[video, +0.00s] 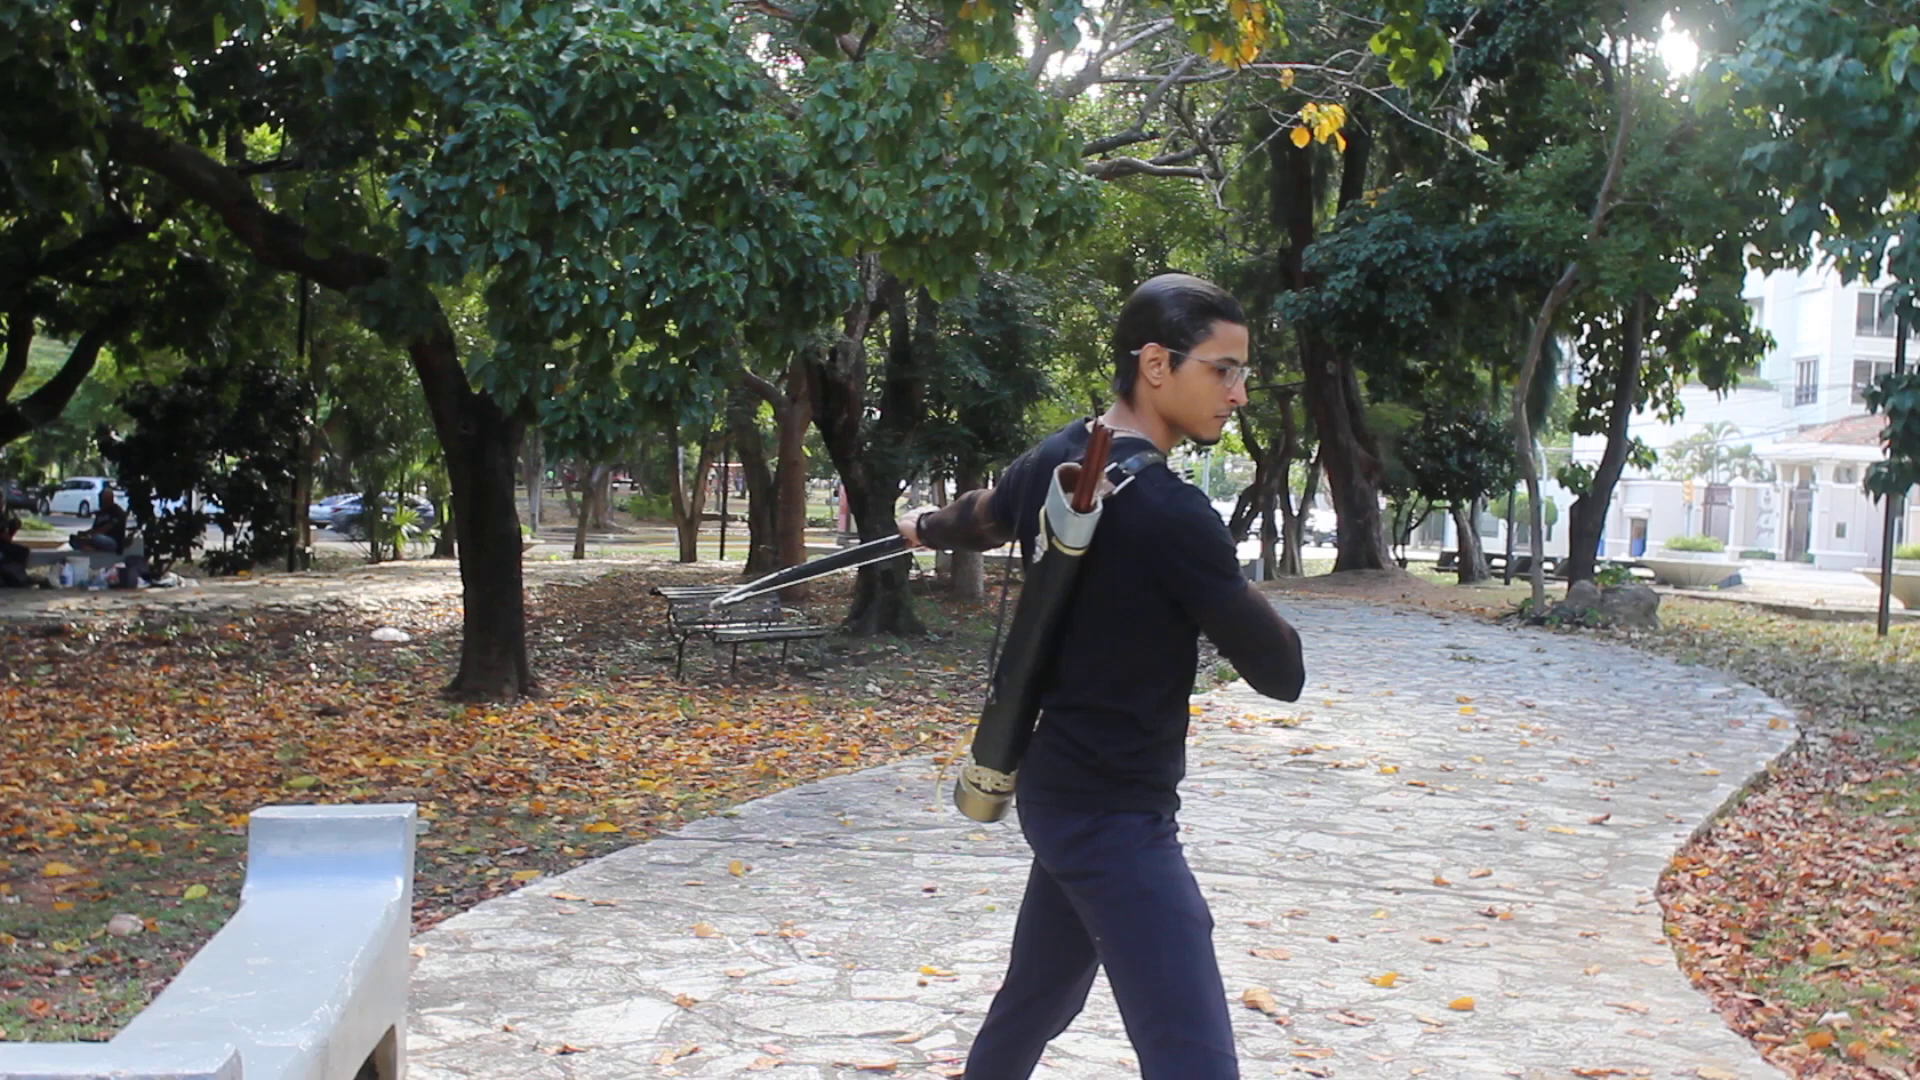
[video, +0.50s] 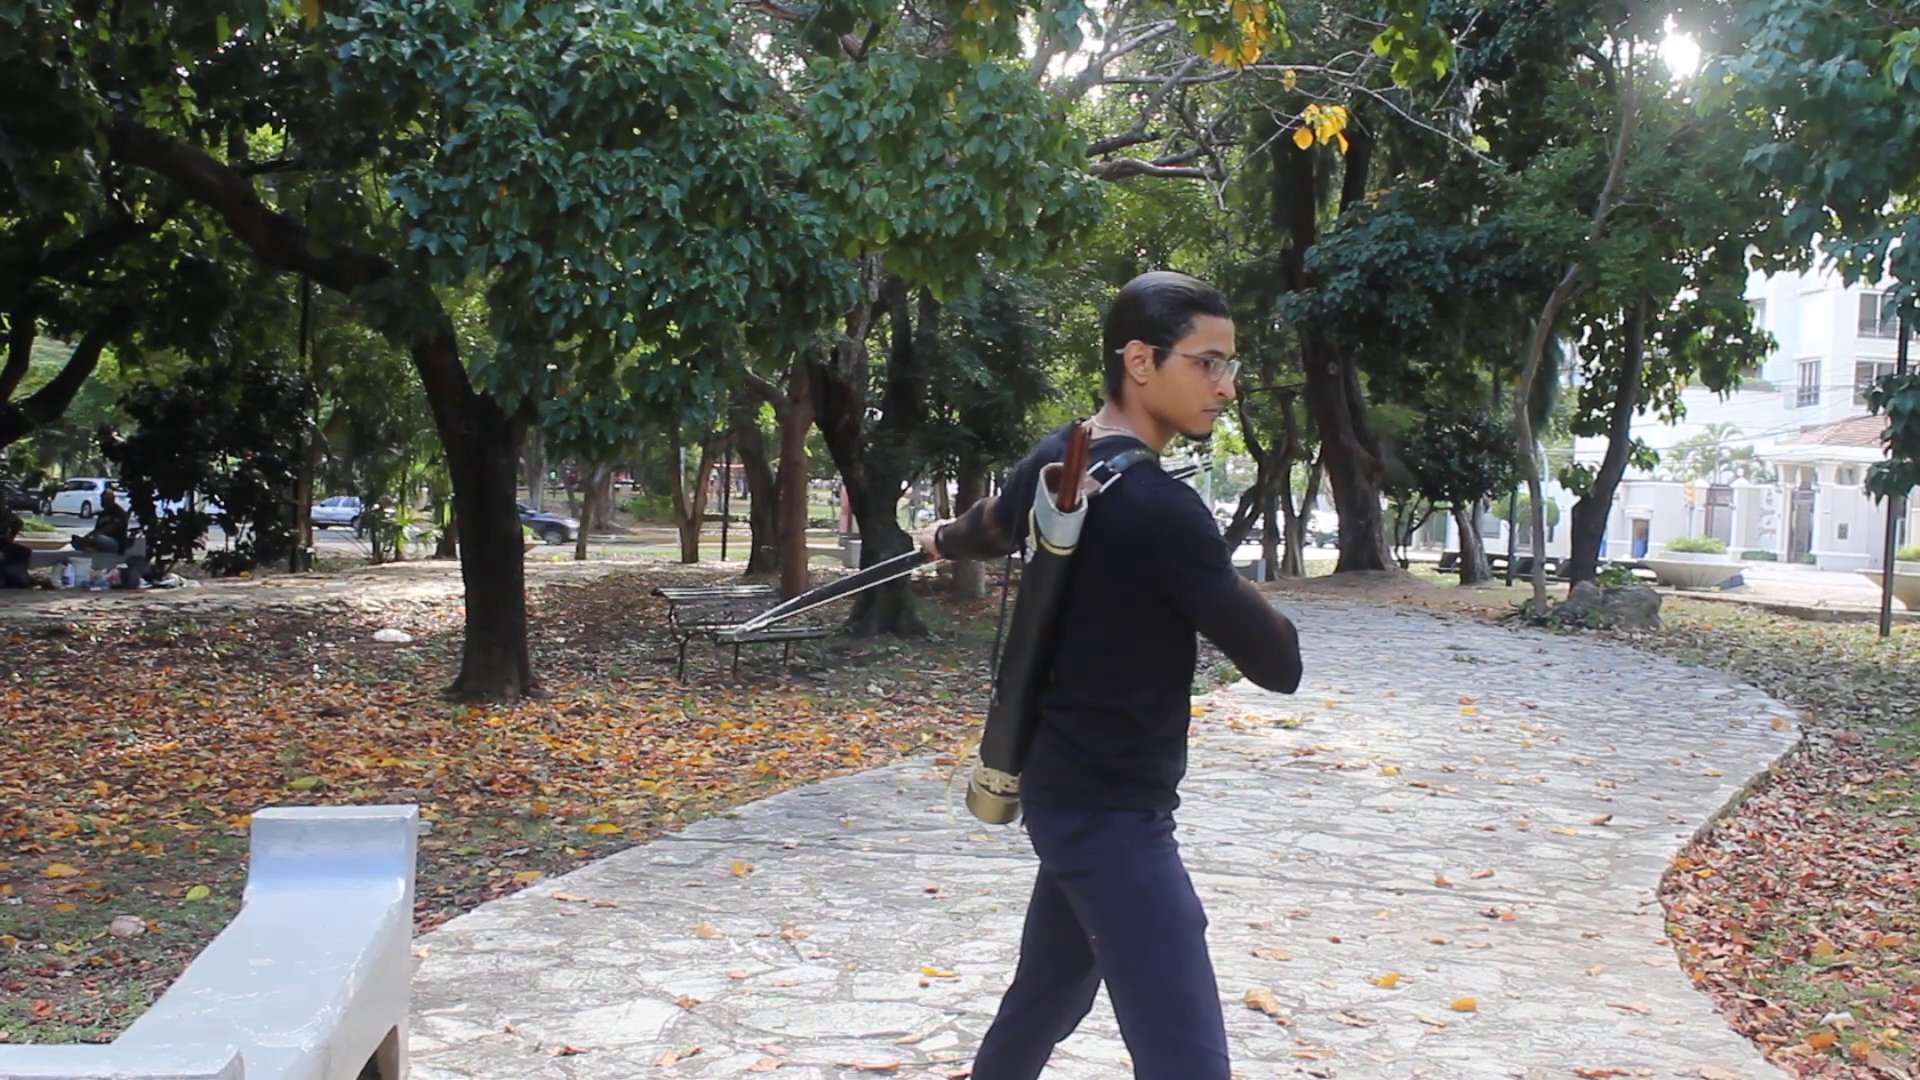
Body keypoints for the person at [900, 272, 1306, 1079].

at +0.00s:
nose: (1241, 392)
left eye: (1242, 371)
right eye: (1224, 368)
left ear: (1151, 371)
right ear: (1153, 367)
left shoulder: (1063, 451)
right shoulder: (1172, 509)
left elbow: (987, 512)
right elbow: (1282, 673)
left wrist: (929, 525)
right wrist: (1221, 585)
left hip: (1067, 791)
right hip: (1112, 811)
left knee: (1035, 1005)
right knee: (1195, 1055)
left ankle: (981, 1075)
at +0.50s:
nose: (1230, 385)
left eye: (1231, 363)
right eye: (1209, 363)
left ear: (1139, 371)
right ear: (1141, 365)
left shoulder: (1062, 450)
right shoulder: (1162, 504)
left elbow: (992, 522)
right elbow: (1280, 664)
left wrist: (949, 538)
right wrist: (1219, 581)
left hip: (1071, 796)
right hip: (1112, 814)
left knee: (1042, 1007)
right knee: (1187, 1057)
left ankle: (989, 1075)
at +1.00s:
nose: (1230, 383)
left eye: (1232, 360)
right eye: (1210, 358)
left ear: (1142, 369)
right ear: (1142, 362)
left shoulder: (1062, 454)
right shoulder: (1164, 505)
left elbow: (996, 527)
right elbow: (1284, 661)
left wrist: (953, 541)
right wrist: (1232, 589)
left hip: (1071, 791)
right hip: (1111, 811)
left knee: (1041, 1005)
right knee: (1182, 1058)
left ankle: (988, 1076)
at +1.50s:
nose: (1237, 384)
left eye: (1238, 363)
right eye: (1218, 362)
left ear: (1154, 368)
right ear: (1153, 363)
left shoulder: (1065, 456)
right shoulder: (1168, 508)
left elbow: (1000, 532)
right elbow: (1286, 663)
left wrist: (955, 548)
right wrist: (1235, 587)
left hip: (1072, 791)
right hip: (1113, 811)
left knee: (1039, 1008)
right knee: (1184, 1059)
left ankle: (986, 1077)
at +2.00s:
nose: (1250, 397)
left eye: (1253, 378)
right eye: (1245, 374)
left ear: (1173, 359)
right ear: (1192, 359)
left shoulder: (1066, 445)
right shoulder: (1174, 496)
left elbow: (985, 543)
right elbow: (1270, 674)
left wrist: (955, 567)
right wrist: (1221, 583)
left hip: (1046, 781)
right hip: (1107, 801)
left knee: (1053, 1000)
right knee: (1171, 1052)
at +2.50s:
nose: (1221, 423)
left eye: (1229, 405)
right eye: (1225, 399)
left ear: (1138, 373)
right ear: (1188, 376)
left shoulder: (1044, 456)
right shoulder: (1156, 491)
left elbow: (980, 609)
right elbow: (1182, 679)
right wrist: (1193, 631)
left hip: (1013, 763)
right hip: (1078, 779)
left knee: (1070, 1012)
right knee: (1137, 1041)